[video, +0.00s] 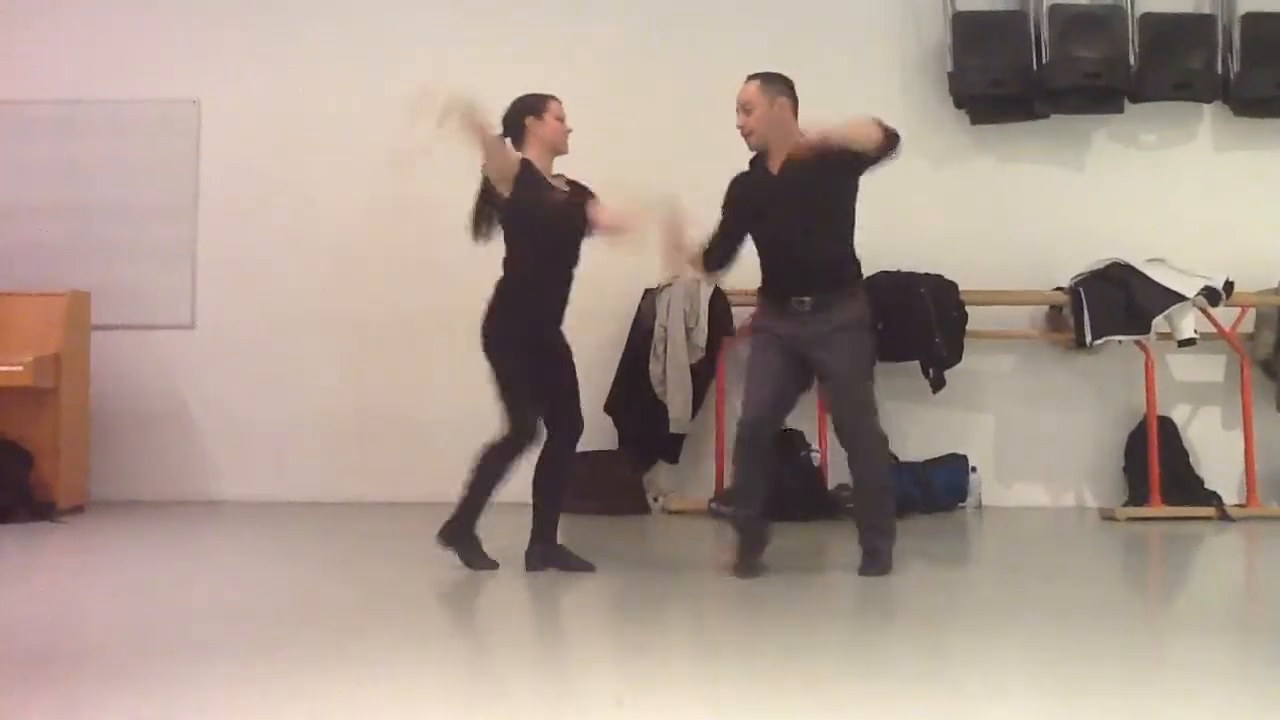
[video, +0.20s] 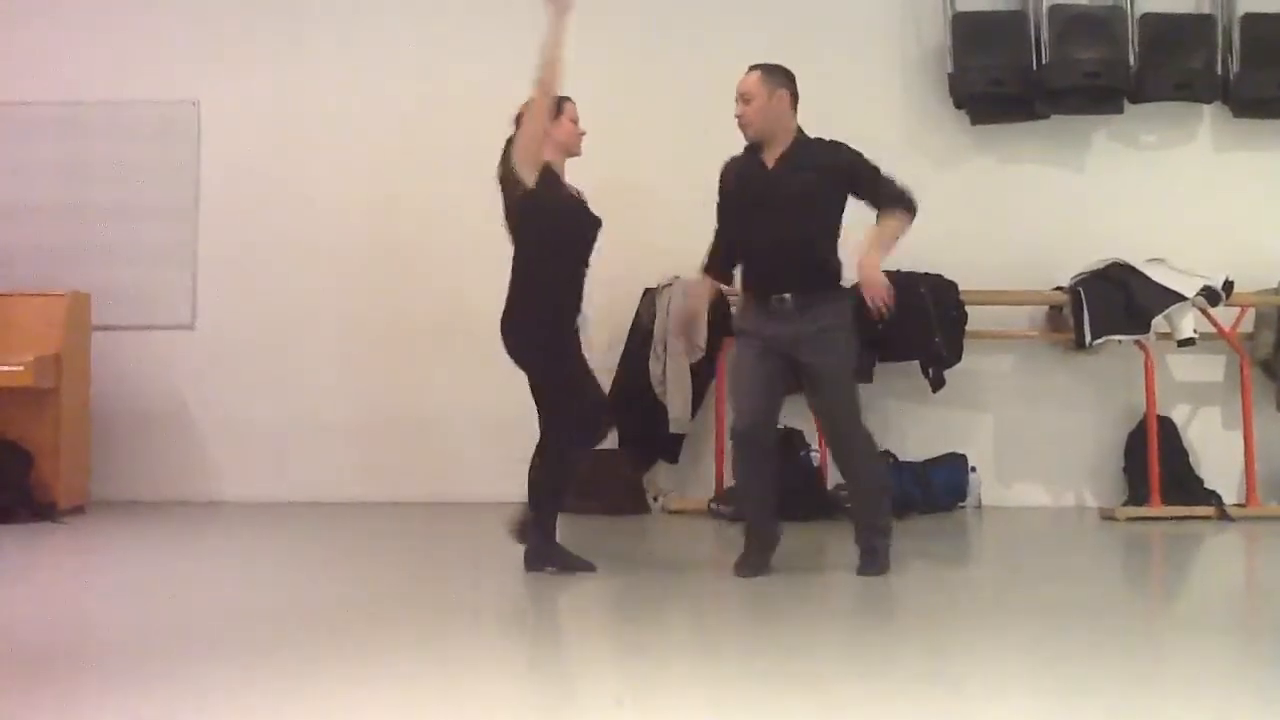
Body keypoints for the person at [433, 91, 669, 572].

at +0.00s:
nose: (569, 126)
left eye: (566, 118)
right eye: (560, 118)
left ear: (541, 125)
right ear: (532, 125)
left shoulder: (575, 194)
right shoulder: (513, 178)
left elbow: (610, 222)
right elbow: (497, 155)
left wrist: (643, 219)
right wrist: (474, 124)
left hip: (548, 329)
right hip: (509, 325)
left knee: (566, 427)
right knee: (523, 428)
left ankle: (544, 544)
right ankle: (460, 525)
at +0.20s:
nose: (580, 127)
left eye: (578, 119)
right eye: (570, 119)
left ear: (558, 130)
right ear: (542, 126)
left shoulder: (558, 186)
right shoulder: (528, 178)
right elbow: (542, 93)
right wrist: (558, 18)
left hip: (558, 324)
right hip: (533, 325)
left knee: (561, 429)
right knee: (590, 417)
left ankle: (543, 539)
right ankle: (537, 522)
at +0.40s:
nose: (592, 127)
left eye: (591, 118)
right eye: (584, 117)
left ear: (555, 126)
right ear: (559, 124)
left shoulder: (557, 173)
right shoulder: (555, 173)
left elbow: (607, 109)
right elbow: (608, 111)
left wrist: (641, 44)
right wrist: (639, 47)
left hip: (558, 321)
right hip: (560, 325)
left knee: (564, 432)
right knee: (599, 427)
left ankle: (542, 542)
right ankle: (575, 544)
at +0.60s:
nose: (601, 129)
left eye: (599, 120)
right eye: (594, 120)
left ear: (564, 126)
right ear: (569, 125)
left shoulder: (558, 172)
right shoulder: (578, 169)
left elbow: (615, 166)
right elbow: (645, 159)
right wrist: (684, 123)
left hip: (572, 322)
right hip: (575, 326)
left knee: (594, 431)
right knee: (599, 432)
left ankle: (549, 536)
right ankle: (566, 547)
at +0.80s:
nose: (604, 132)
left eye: (601, 123)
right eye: (596, 124)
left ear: (567, 132)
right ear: (570, 129)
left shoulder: (557, 178)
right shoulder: (585, 175)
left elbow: (638, 193)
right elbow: (657, 199)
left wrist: (652, 139)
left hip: (566, 322)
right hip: (582, 325)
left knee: (591, 429)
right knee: (598, 432)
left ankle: (563, 524)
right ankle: (568, 549)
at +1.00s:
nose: (603, 134)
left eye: (600, 126)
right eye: (595, 126)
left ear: (568, 136)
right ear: (568, 133)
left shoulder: (570, 185)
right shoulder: (582, 187)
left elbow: (652, 214)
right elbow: (661, 229)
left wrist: (674, 162)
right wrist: (718, 245)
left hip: (572, 326)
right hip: (579, 330)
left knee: (581, 434)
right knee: (644, 428)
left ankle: (582, 525)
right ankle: (569, 549)